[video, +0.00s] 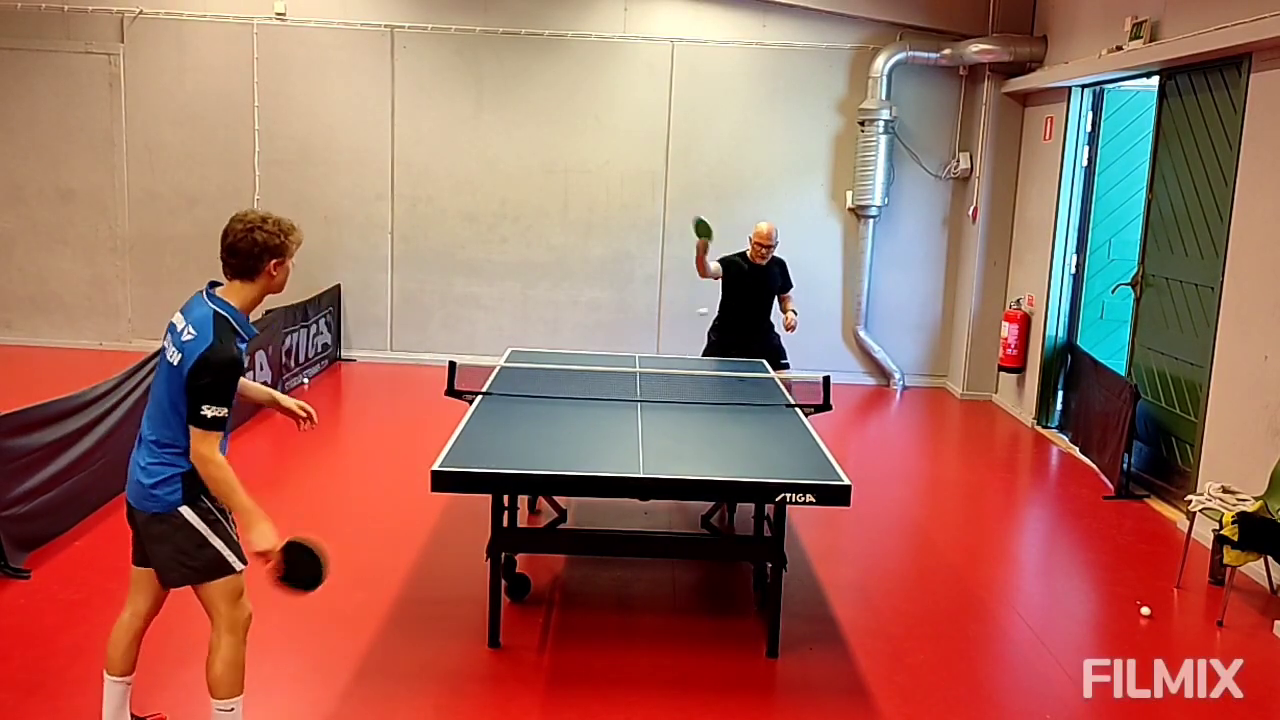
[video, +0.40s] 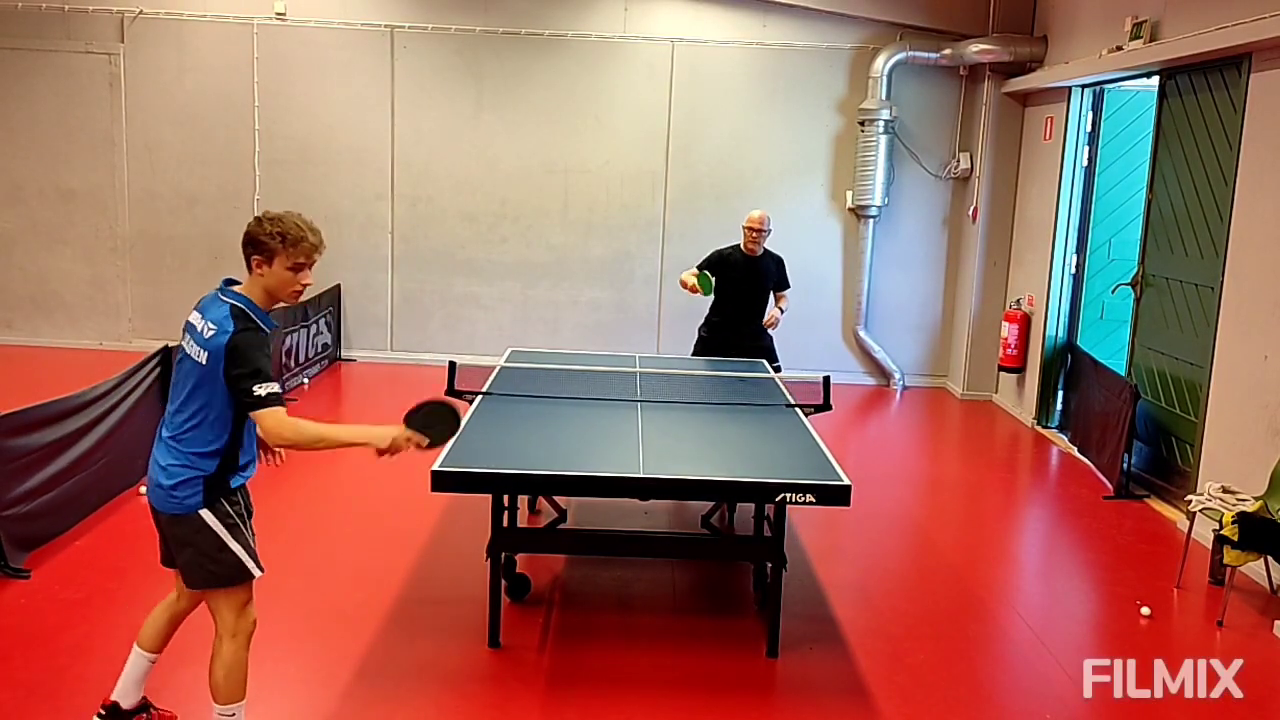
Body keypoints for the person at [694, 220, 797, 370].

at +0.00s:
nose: (763, 252)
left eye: (769, 247)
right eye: (759, 246)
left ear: (776, 246)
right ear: (750, 241)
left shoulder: (778, 266)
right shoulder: (734, 263)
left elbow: (785, 298)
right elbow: (705, 272)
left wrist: (790, 313)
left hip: (762, 337)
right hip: (726, 335)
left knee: (784, 383)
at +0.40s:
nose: (754, 235)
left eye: (759, 231)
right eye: (750, 230)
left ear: (768, 234)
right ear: (743, 229)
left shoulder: (774, 263)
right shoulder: (723, 257)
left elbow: (782, 298)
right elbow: (687, 275)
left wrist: (778, 311)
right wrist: (691, 282)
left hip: (754, 335)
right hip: (716, 333)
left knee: (773, 385)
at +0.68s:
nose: (753, 235)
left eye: (759, 231)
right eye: (749, 229)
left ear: (767, 234)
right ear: (742, 229)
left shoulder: (770, 264)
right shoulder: (720, 256)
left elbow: (772, 298)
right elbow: (691, 286)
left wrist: (773, 312)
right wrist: (707, 305)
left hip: (746, 335)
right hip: (710, 332)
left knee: (768, 382)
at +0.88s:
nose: (768, 236)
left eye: (773, 232)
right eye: (763, 230)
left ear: (781, 235)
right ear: (755, 230)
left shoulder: (784, 265)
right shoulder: (735, 257)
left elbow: (784, 298)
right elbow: (709, 289)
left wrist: (787, 314)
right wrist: (730, 308)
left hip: (763, 338)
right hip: (726, 335)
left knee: (783, 386)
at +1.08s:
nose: (786, 225)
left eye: (791, 221)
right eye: (782, 220)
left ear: (799, 224)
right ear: (774, 220)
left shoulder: (805, 255)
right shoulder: (754, 249)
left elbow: (812, 287)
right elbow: (729, 282)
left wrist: (811, 306)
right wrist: (750, 298)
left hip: (781, 331)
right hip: (746, 327)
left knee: (790, 385)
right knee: (725, 378)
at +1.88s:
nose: (765, 226)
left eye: (770, 222)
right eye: (761, 221)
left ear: (783, 221)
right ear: (755, 221)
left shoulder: (796, 251)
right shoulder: (743, 247)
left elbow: (809, 287)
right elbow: (719, 277)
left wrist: (799, 317)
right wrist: (727, 283)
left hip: (776, 331)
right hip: (741, 329)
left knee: (783, 385)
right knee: (729, 382)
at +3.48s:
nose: (748, 240)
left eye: (755, 236)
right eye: (744, 234)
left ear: (765, 238)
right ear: (738, 234)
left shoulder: (774, 263)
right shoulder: (721, 261)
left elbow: (782, 297)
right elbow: (692, 291)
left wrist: (773, 318)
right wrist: (702, 303)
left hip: (758, 343)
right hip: (720, 342)